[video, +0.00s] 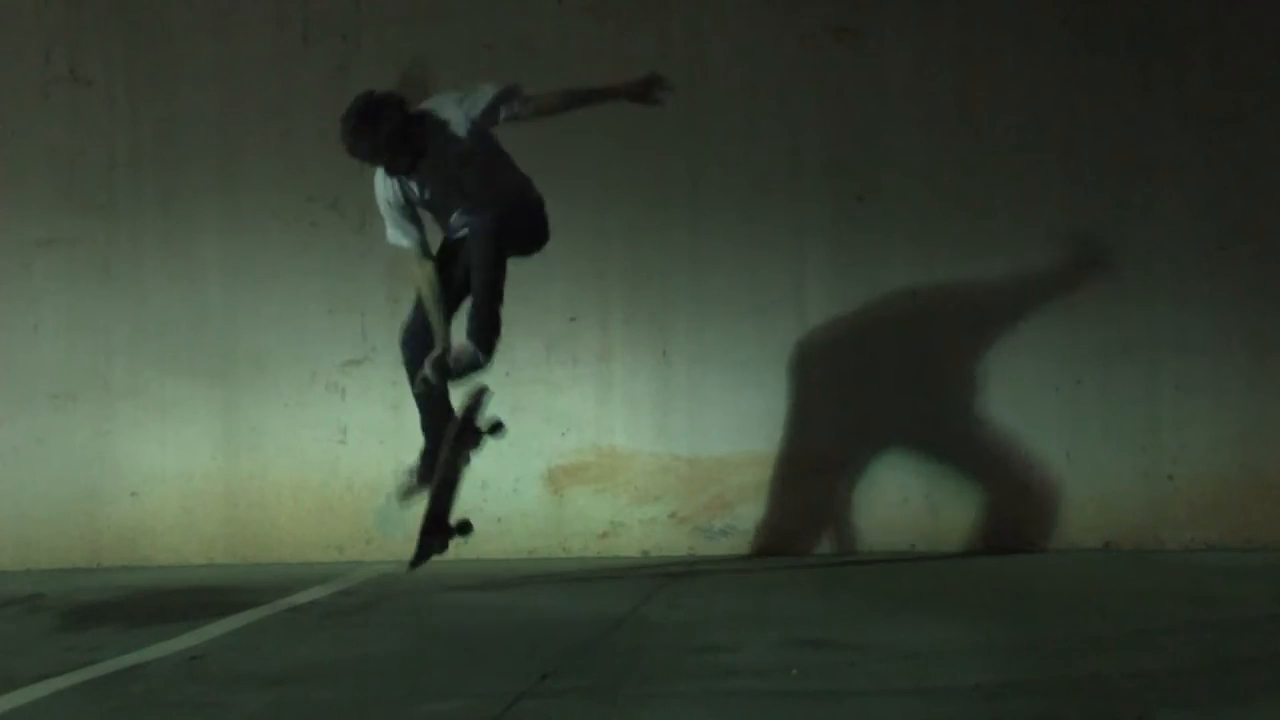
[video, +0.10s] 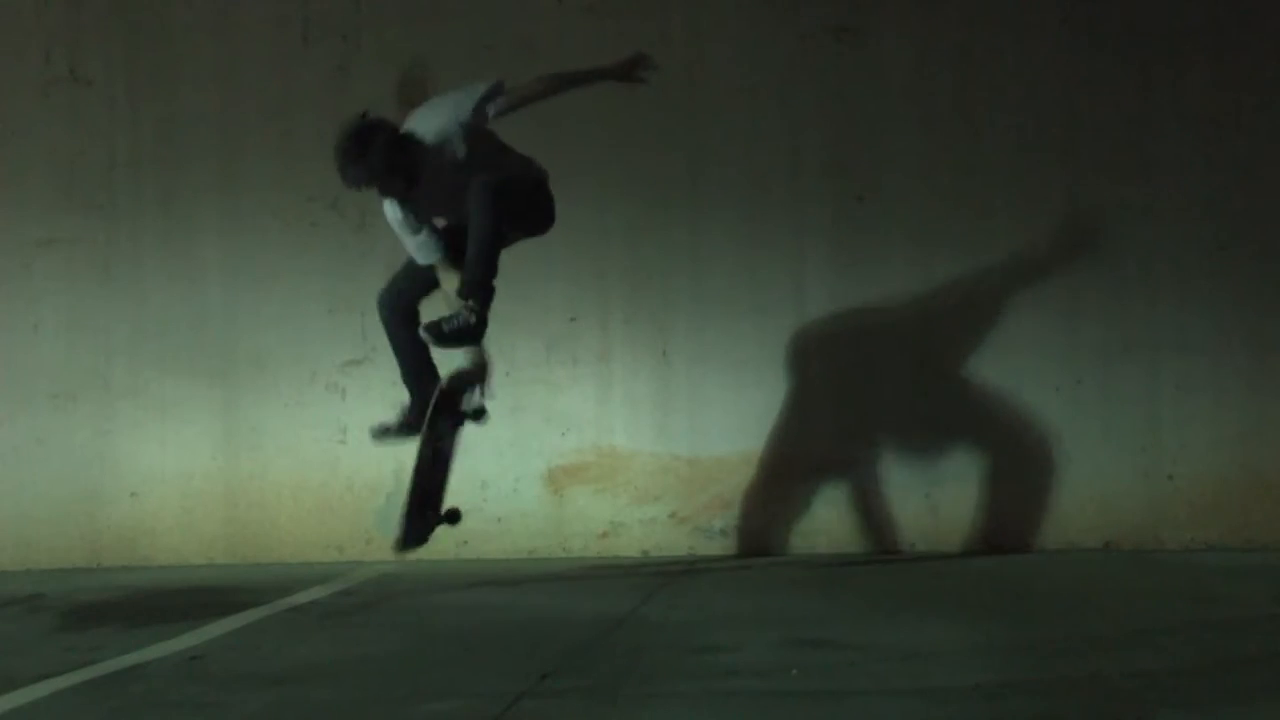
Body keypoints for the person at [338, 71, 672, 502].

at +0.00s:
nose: (389, 165)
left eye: (389, 153)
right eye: (379, 160)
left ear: (403, 129)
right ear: (375, 154)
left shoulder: (453, 113)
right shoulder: (390, 184)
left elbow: (536, 104)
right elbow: (421, 261)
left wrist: (624, 91)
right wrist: (442, 345)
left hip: (520, 221)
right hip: (466, 241)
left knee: (482, 226)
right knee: (414, 339)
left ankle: (479, 345)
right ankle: (441, 443)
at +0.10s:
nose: (386, 192)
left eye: (384, 179)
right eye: (377, 187)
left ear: (397, 156)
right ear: (374, 184)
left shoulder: (442, 122)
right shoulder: (397, 208)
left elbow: (528, 91)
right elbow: (449, 270)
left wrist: (611, 73)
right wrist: (475, 363)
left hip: (526, 203)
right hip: (467, 231)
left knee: (483, 189)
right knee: (393, 302)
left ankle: (472, 313)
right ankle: (423, 404)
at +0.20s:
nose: (379, 205)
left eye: (377, 193)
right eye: (371, 200)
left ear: (392, 170)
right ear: (374, 194)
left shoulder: (434, 130)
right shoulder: (401, 221)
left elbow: (520, 93)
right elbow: (461, 279)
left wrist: (602, 67)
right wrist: (504, 357)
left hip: (527, 202)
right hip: (468, 236)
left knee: (481, 186)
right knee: (386, 287)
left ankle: (475, 314)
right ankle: (420, 395)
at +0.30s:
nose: (375, 222)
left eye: (372, 211)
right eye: (367, 217)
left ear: (388, 186)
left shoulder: (431, 147)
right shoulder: (404, 235)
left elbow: (511, 100)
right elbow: (477, 276)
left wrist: (589, 66)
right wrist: (540, 334)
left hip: (527, 210)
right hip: (472, 241)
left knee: (483, 207)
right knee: (381, 281)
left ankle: (481, 343)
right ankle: (413, 395)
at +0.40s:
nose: (367, 231)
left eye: (365, 220)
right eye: (359, 226)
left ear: (381, 196)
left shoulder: (428, 155)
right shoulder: (402, 239)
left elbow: (504, 108)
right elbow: (470, 278)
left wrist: (584, 73)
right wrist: (544, 329)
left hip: (526, 217)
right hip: (471, 245)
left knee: (480, 229)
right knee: (384, 291)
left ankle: (484, 363)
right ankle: (413, 406)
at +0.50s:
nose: (364, 251)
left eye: (361, 239)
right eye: (356, 246)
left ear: (374, 218)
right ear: (358, 242)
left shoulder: (420, 179)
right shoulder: (393, 260)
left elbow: (497, 134)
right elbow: (457, 296)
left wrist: (583, 96)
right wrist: (534, 342)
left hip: (522, 247)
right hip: (471, 274)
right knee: (397, 335)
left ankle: (493, 426)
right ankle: (424, 451)